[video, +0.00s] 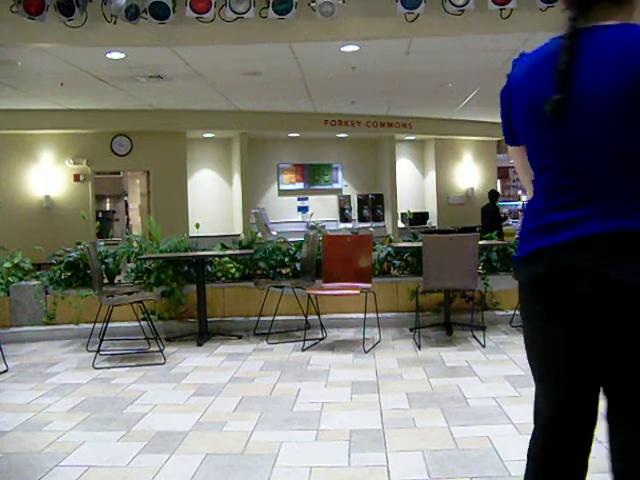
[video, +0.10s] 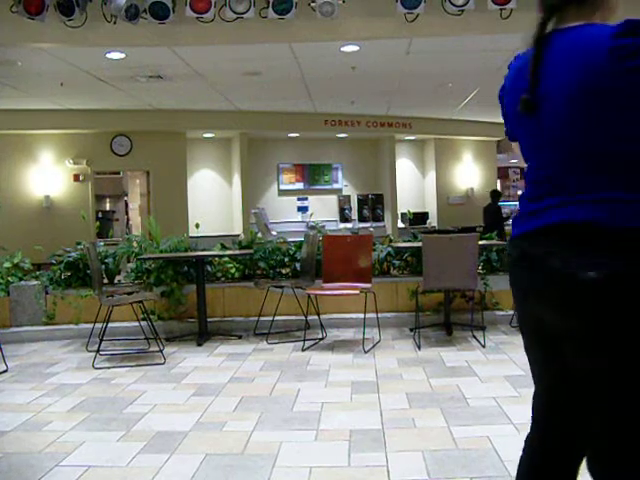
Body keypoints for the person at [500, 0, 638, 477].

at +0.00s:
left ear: (568, 1)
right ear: (632, 1)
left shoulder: (528, 71)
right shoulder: (634, 48)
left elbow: (531, 182)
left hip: (549, 263)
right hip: (632, 262)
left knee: (558, 430)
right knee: (637, 432)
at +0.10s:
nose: (619, 7)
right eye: (616, 3)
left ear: (550, 4)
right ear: (607, 1)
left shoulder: (520, 70)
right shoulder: (625, 43)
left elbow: (524, 147)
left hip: (537, 247)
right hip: (619, 244)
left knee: (556, 416)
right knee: (622, 418)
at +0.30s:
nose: (596, 5)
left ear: (549, 7)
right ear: (556, 4)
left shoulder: (538, 61)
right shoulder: (541, 65)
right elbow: (633, 111)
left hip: (554, 265)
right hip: (548, 270)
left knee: (559, 418)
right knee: (590, 435)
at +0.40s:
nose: (584, 13)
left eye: (582, 4)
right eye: (575, 4)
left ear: (545, 16)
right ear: (540, 14)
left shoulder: (563, 85)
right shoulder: (506, 72)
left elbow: (578, 189)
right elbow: (586, 99)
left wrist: (636, 187)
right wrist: (637, 45)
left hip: (578, 274)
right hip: (521, 275)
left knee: (559, 442)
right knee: (554, 447)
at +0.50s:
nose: (567, 20)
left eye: (568, 11)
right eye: (553, 11)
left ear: (578, 25)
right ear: (514, 22)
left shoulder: (589, 94)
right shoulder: (483, 77)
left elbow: (614, 184)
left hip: (582, 271)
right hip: (506, 271)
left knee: (564, 436)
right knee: (531, 439)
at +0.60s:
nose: (542, 18)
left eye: (546, 8)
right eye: (526, 11)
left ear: (555, 15)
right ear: (499, 25)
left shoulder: (593, 88)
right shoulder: (480, 86)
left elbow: (630, 179)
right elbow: (458, 42)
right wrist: (515, 1)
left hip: (578, 267)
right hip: (497, 266)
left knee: (556, 422)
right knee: (506, 425)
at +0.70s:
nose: (519, 16)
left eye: (527, 5)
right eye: (502, 9)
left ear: (540, 13)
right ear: (482, 27)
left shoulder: (587, 77)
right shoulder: (470, 80)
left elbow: (633, 167)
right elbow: (424, 29)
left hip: (571, 262)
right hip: (490, 260)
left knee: (550, 421)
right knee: (474, 422)